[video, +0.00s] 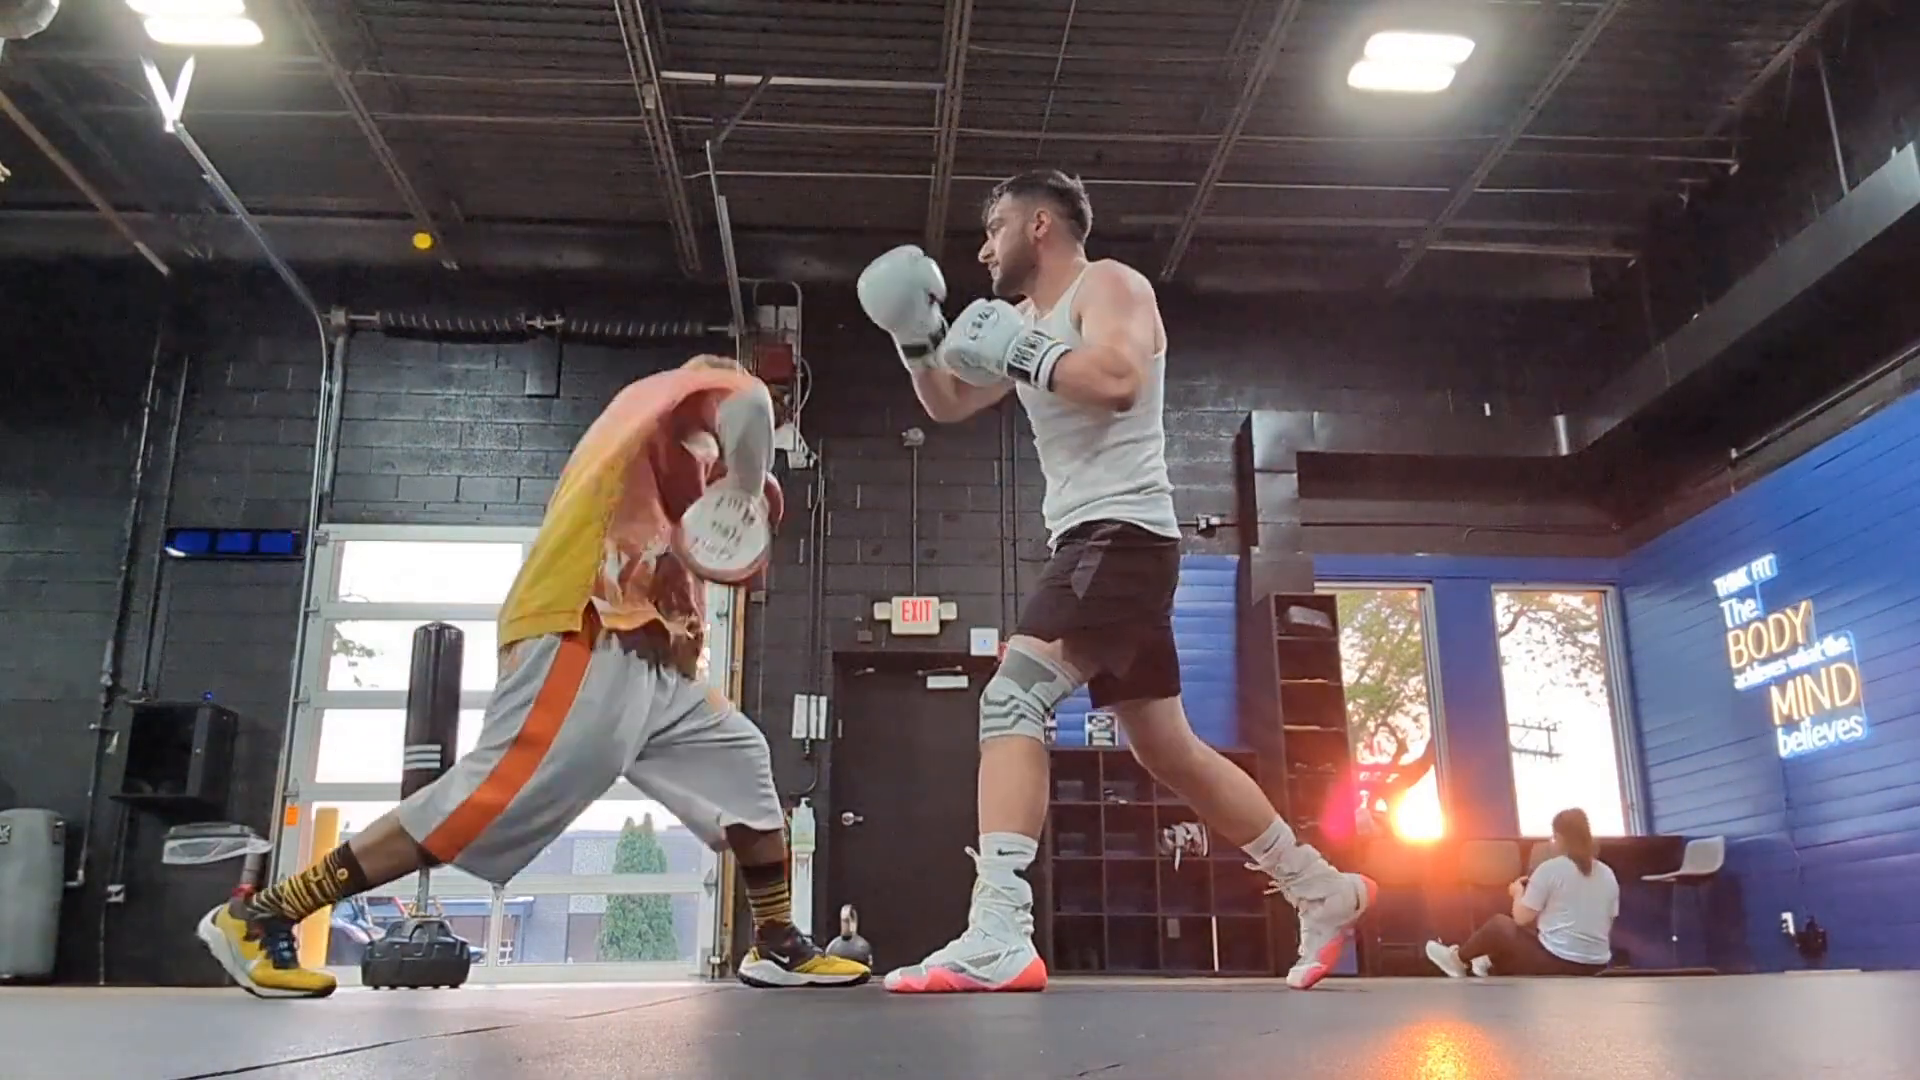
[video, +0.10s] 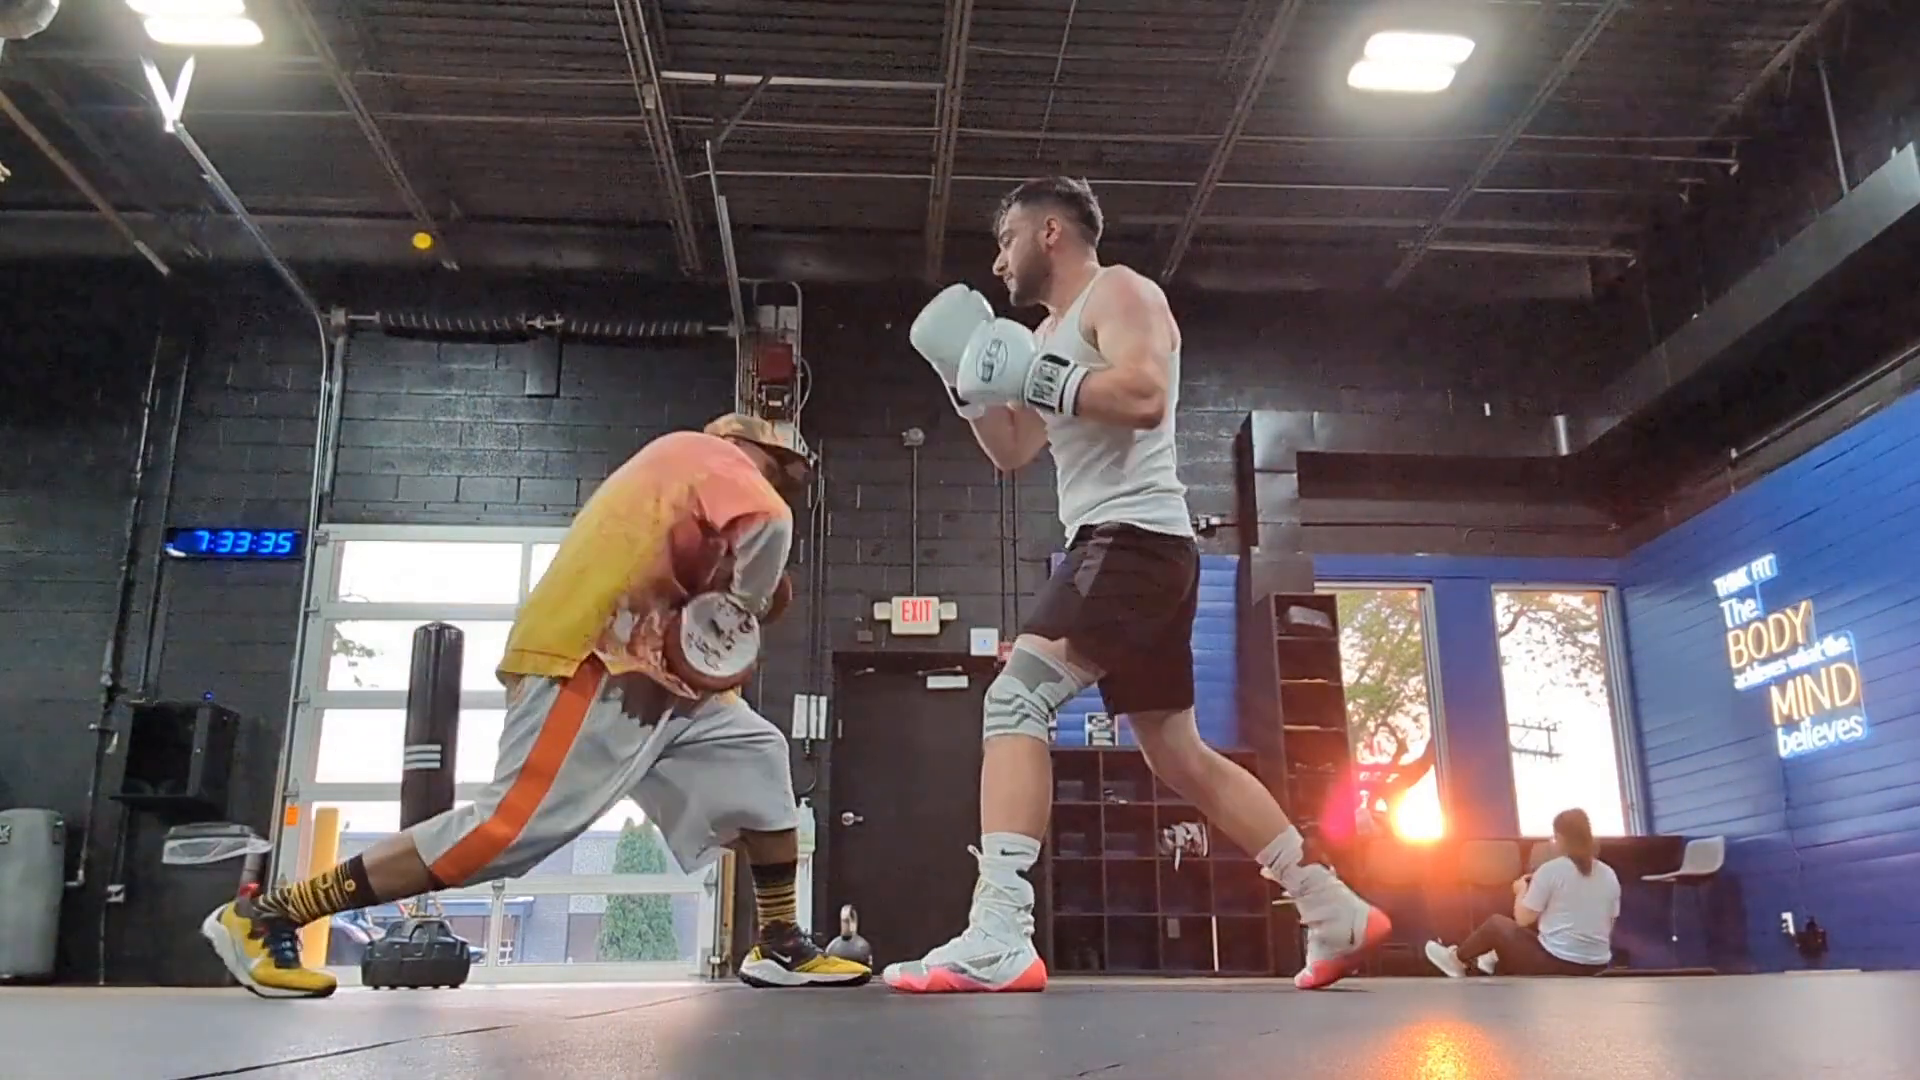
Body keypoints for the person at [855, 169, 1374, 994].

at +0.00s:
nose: (984, 245)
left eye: (995, 227)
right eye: (984, 233)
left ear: (1044, 222)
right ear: (1036, 232)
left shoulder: (1111, 282)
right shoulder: (1021, 318)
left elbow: (1117, 382)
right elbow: (947, 401)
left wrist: (1018, 345)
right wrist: (917, 338)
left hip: (1121, 534)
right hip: (1092, 539)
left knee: (1013, 704)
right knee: (1168, 749)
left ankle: (999, 936)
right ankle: (1323, 889)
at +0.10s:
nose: (997, 258)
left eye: (1005, 238)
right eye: (996, 244)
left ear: (1051, 228)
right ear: (1045, 237)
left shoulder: (1122, 289)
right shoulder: (1051, 334)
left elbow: (1145, 397)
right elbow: (1009, 450)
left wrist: (1036, 371)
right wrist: (968, 375)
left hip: (1131, 538)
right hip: (1133, 545)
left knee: (1017, 703)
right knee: (1175, 749)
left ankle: (999, 934)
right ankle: (1332, 908)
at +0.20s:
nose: (1002, 292)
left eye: (1006, 274)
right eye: (999, 279)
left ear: (1045, 261)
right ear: (1056, 267)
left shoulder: (1115, 320)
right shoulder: (1082, 353)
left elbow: (1165, 427)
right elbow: (1085, 446)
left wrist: (1049, 427)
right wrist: (1012, 368)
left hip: (1156, 552)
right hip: (1201, 563)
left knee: (1007, 703)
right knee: (1216, 776)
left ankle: (1000, 931)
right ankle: (1350, 937)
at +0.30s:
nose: (993, 333)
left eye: (998, 312)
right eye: (991, 316)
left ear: (1035, 299)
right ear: (1074, 301)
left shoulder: (1053, 349)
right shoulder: (1148, 347)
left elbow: (1079, 425)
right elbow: (1180, 462)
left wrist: (991, 484)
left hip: (1153, 555)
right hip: (1239, 560)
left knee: (1019, 722)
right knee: (1240, 768)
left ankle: (987, 919)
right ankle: (1355, 938)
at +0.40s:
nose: (1000, 352)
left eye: (1001, 333)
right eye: (998, 335)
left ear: (1034, 322)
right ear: (1079, 318)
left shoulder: (1043, 370)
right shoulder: (1156, 361)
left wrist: (885, 516)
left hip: (1161, 561)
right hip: (1254, 560)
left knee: (1032, 735)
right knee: (1247, 761)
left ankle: (993, 935)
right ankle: (1366, 928)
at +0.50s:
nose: (1027, 364)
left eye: (1027, 348)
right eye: (1024, 352)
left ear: (1057, 326)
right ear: (1101, 322)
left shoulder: (1077, 363)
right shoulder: (1178, 377)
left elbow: (1001, 463)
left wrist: (906, 482)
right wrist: (914, 487)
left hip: (1178, 557)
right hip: (1270, 568)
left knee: (1040, 724)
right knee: (1271, 771)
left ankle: (992, 929)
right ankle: (1404, 933)